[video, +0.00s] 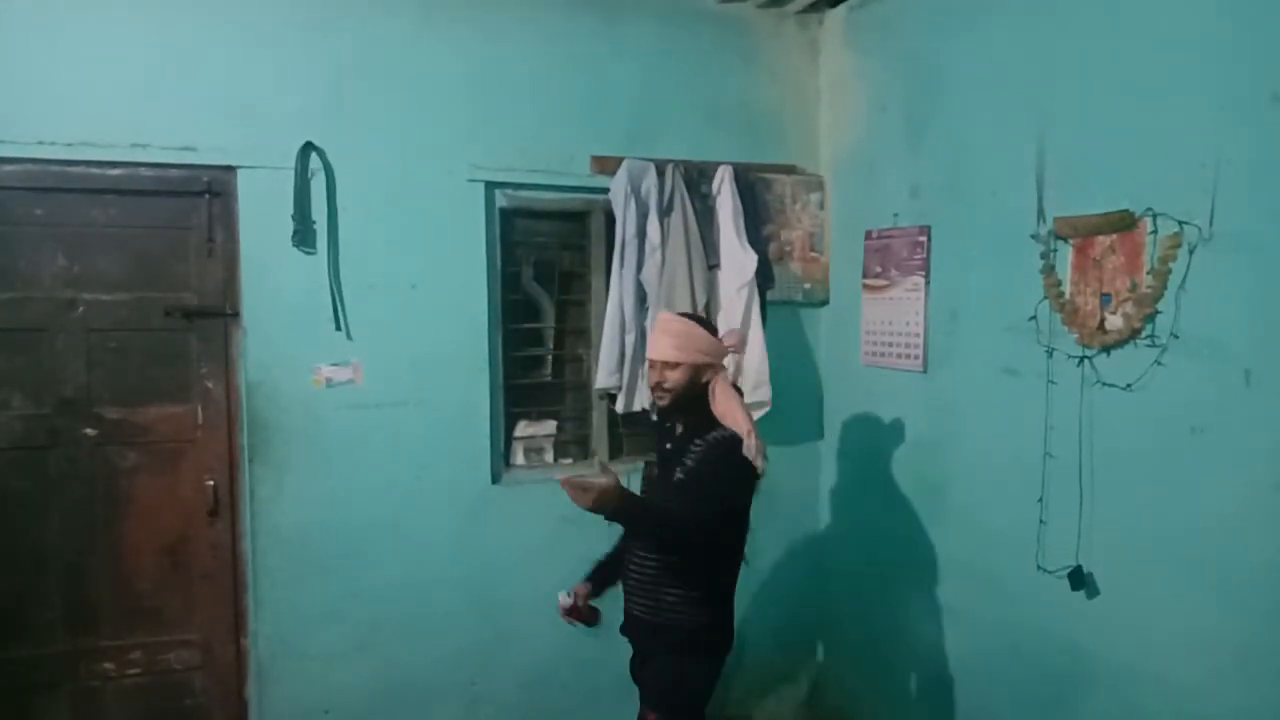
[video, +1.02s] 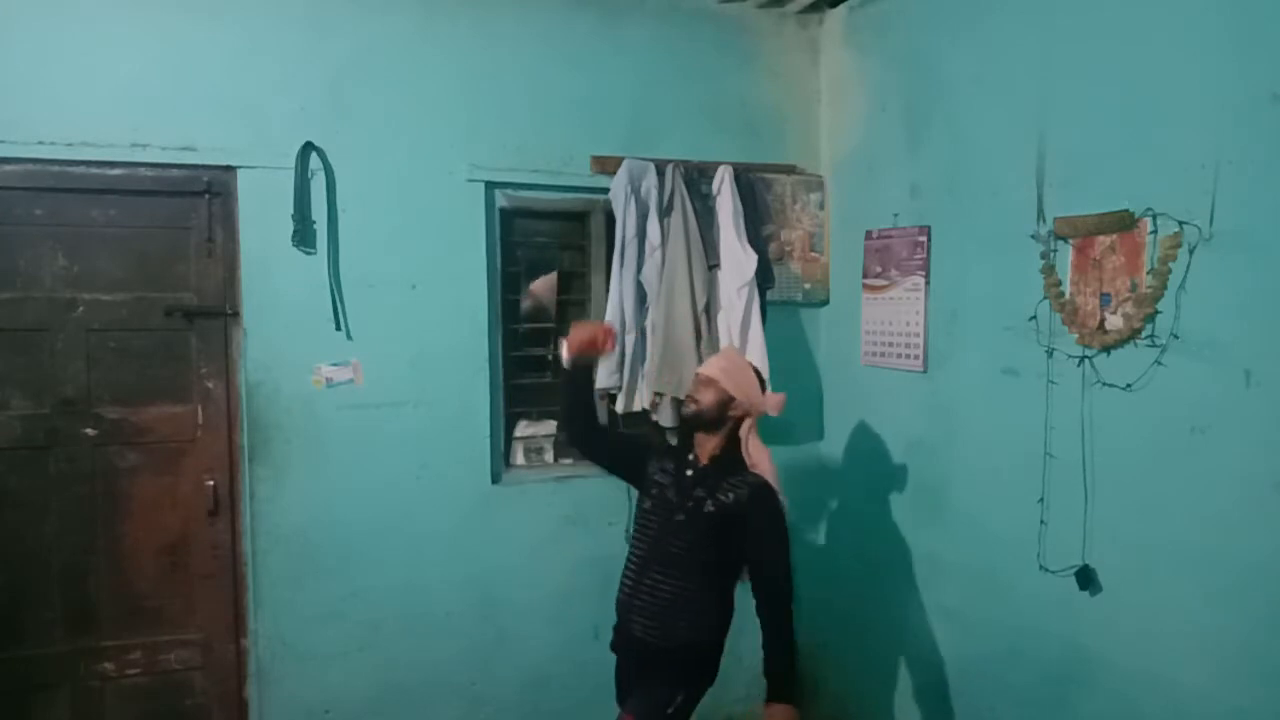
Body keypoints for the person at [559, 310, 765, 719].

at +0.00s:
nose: (657, 379)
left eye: (671, 367)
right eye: (652, 365)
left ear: (706, 373)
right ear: (645, 366)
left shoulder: (726, 450)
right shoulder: (671, 435)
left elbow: (694, 537)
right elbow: (649, 528)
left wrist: (622, 505)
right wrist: (593, 584)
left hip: (690, 634)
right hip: (651, 626)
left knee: (673, 712)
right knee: (655, 709)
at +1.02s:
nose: (691, 390)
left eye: (707, 385)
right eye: (695, 381)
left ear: (737, 408)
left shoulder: (752, 497)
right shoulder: (656, 464)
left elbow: (775, 604)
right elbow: (584, 434)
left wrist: (780, 696)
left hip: (684, 661)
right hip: (631, 649)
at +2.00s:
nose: (676, 382)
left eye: (691, 376)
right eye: (683, 373)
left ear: (718, 401)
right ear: (715, 403)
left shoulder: (725, 487)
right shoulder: (672, 445)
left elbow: (697, 595)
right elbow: (597, 430)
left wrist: (644, 679)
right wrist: (596, 371)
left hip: (658, 652)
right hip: (627, 637)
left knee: (589, 710)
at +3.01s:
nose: (697, 371)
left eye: (710, 360)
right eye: (693, 360)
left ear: (744, 370)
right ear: (687, 366)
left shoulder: (792, 448)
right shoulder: (689, 432)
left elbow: (833, 546)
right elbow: (618, 429)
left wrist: (846, 640)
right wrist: (640, 363)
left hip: (769, 627)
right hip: (699, 623)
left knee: (762, 710)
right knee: (698, 711)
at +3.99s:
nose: (818, 394)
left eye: (821, 386)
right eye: (808, 385)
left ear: (820, 386)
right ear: (778, 386)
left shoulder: (831, 429)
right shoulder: (750, 434)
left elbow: (861, 507)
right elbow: (758, 478)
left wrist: (887, 582)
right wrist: (823, 405)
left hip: (839, 606)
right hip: (771, 605)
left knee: (846, 709)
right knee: (751, 704)